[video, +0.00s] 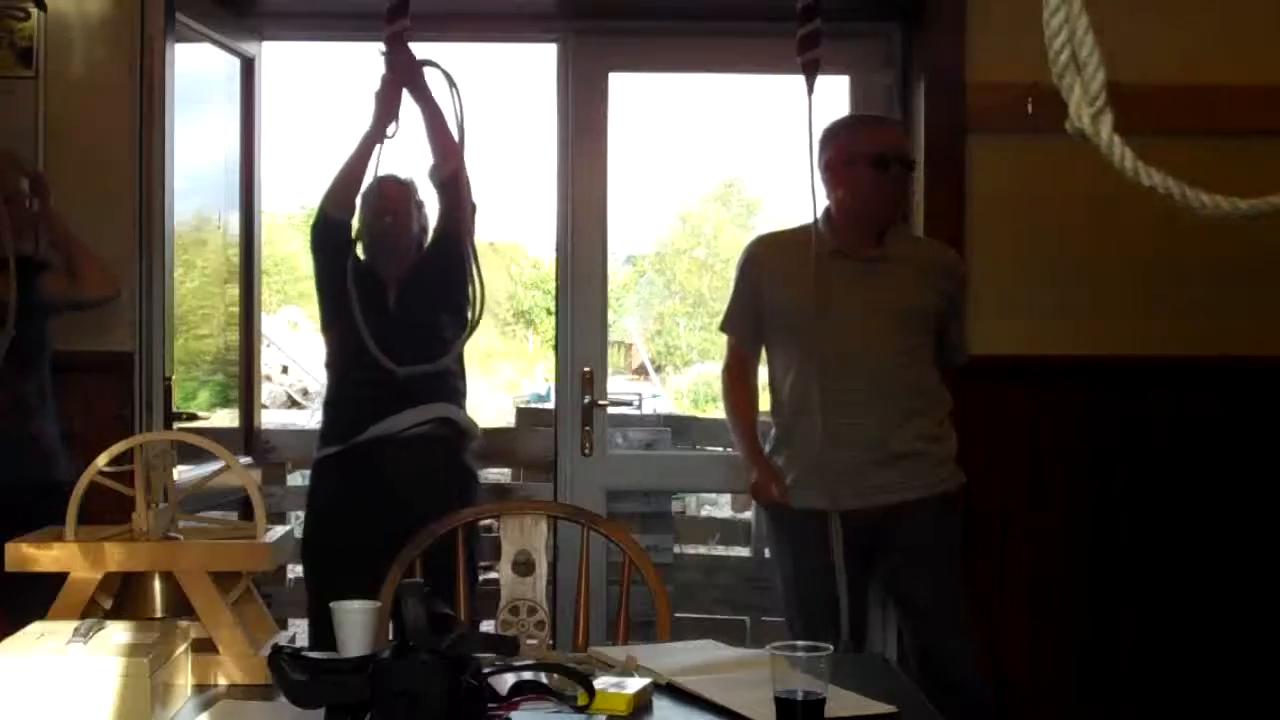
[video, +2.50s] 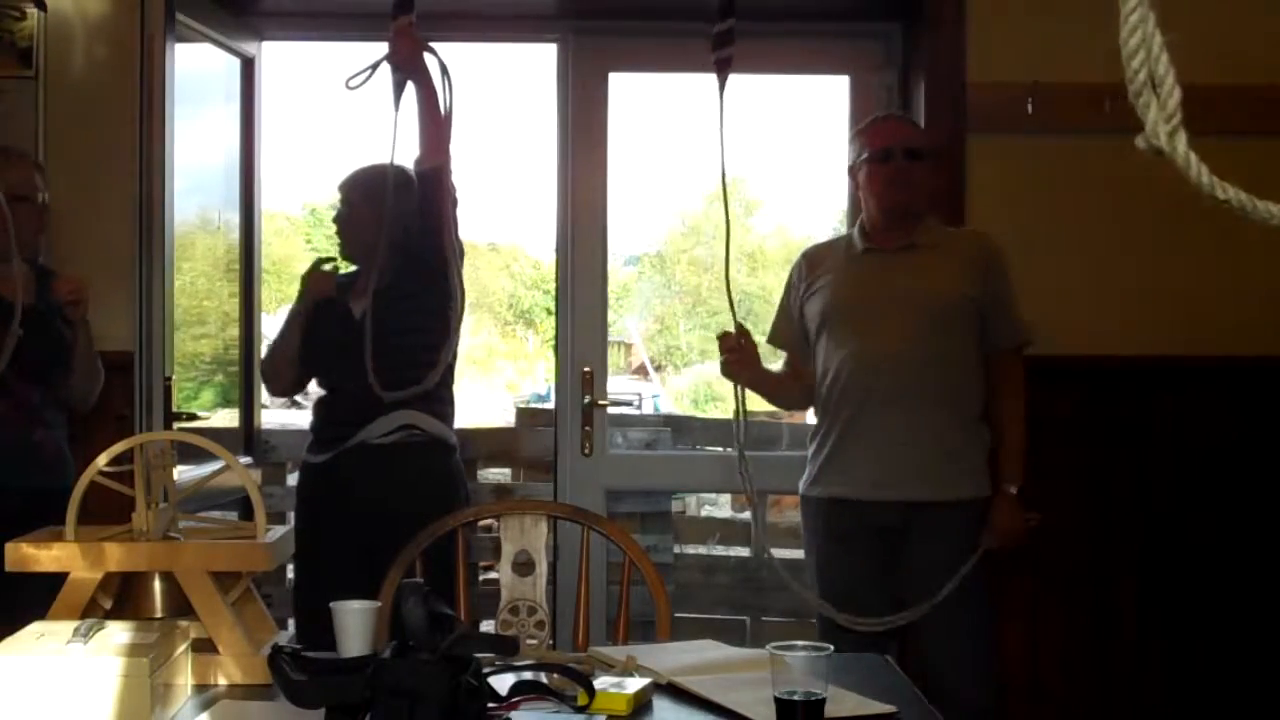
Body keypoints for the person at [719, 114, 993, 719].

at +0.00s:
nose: (904, 180)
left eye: (907, 168)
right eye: (886, 166)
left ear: (911, 177)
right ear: (834, 174)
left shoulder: (938, 267)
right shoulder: (769, 260)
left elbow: (958, 377)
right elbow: (738, 366)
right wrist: (755, 458)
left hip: (920, 499)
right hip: (809, 504)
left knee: (947, 671)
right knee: (823, 668)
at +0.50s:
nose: (900, 179)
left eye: (903, 167)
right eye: (882, 166)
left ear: (907, 173)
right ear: (829, 177)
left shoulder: (938, 264)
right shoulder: (769, 261)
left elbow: (956, 373)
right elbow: (739, 371)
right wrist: (773, 411)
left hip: (921, 496)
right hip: (811, 502)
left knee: (946, 669)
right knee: (829, 668)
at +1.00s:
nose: (878, 180)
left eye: (886, 166)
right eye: (863, 166)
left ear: (905, 176)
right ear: (833, 176)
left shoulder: (950, 262)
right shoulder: (780, 266)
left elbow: (983, 376)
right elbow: (752, 390)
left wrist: (973, 452)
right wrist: (822, 393)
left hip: (925, 504)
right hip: (817, 504)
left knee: (941, 673)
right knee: (825, 669)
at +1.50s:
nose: (981, 193)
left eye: (993, 179)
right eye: (965, 178)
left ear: (1006, 187)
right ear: (928, 181)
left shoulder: (1022, 284)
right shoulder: (872, 240)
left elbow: (1037, 411)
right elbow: (767, 312)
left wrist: (974, 503)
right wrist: (780, 260)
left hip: (960, 525)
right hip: (856, 510)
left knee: (959, 690)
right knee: (854, 681)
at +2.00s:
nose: (939, 167)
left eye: (953, 154)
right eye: (921, 155)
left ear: (970, 169)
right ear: (892, 172)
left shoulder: (1006, 261)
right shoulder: (847, 254)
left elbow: (1052, 381)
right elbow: (767, 337)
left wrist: (1088, 486)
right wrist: (688, 344)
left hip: (969, 509)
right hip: (860, 504)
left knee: (972, 686)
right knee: (863, 682)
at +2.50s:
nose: (899, 167)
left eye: (912, 155)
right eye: (882, 157)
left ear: (928, 171)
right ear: (854, 175)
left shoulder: (973, 255)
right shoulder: (817, 265)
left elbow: (1006, 379)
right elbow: (801, 390)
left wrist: (1008, 491)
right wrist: (751, 373)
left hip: (949, 505)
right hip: (842, 505)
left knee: (954, 676)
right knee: (857, 676)